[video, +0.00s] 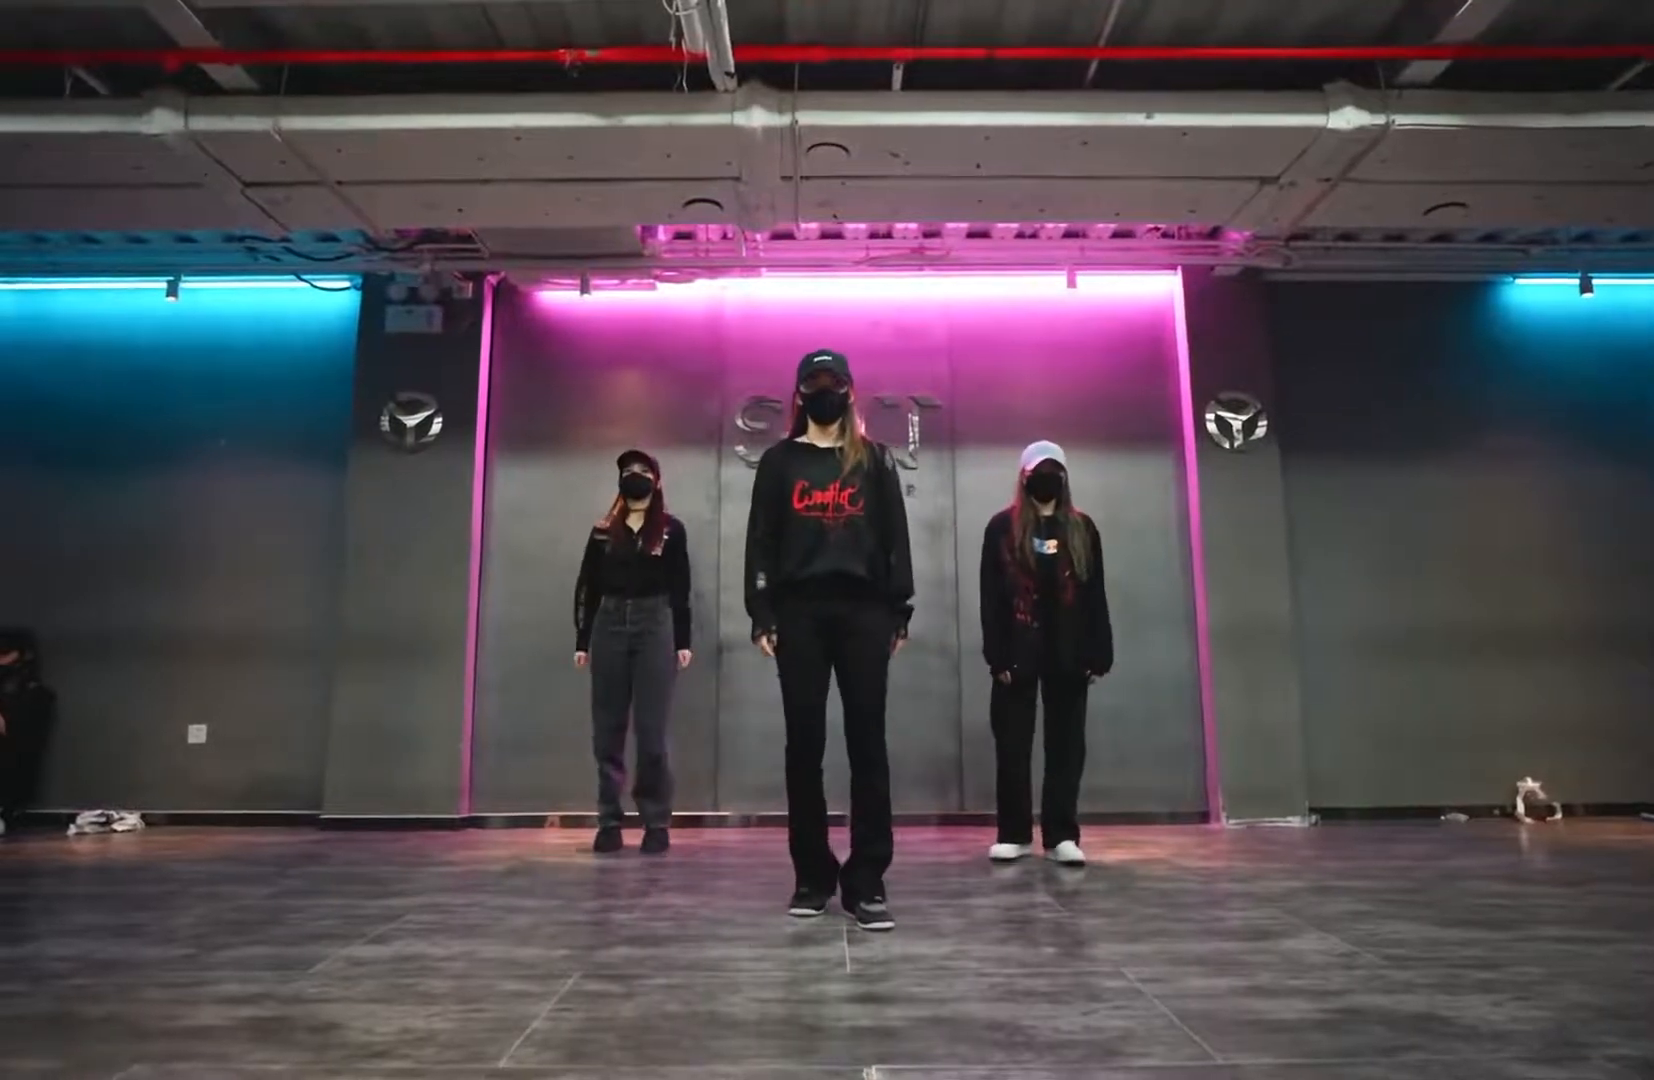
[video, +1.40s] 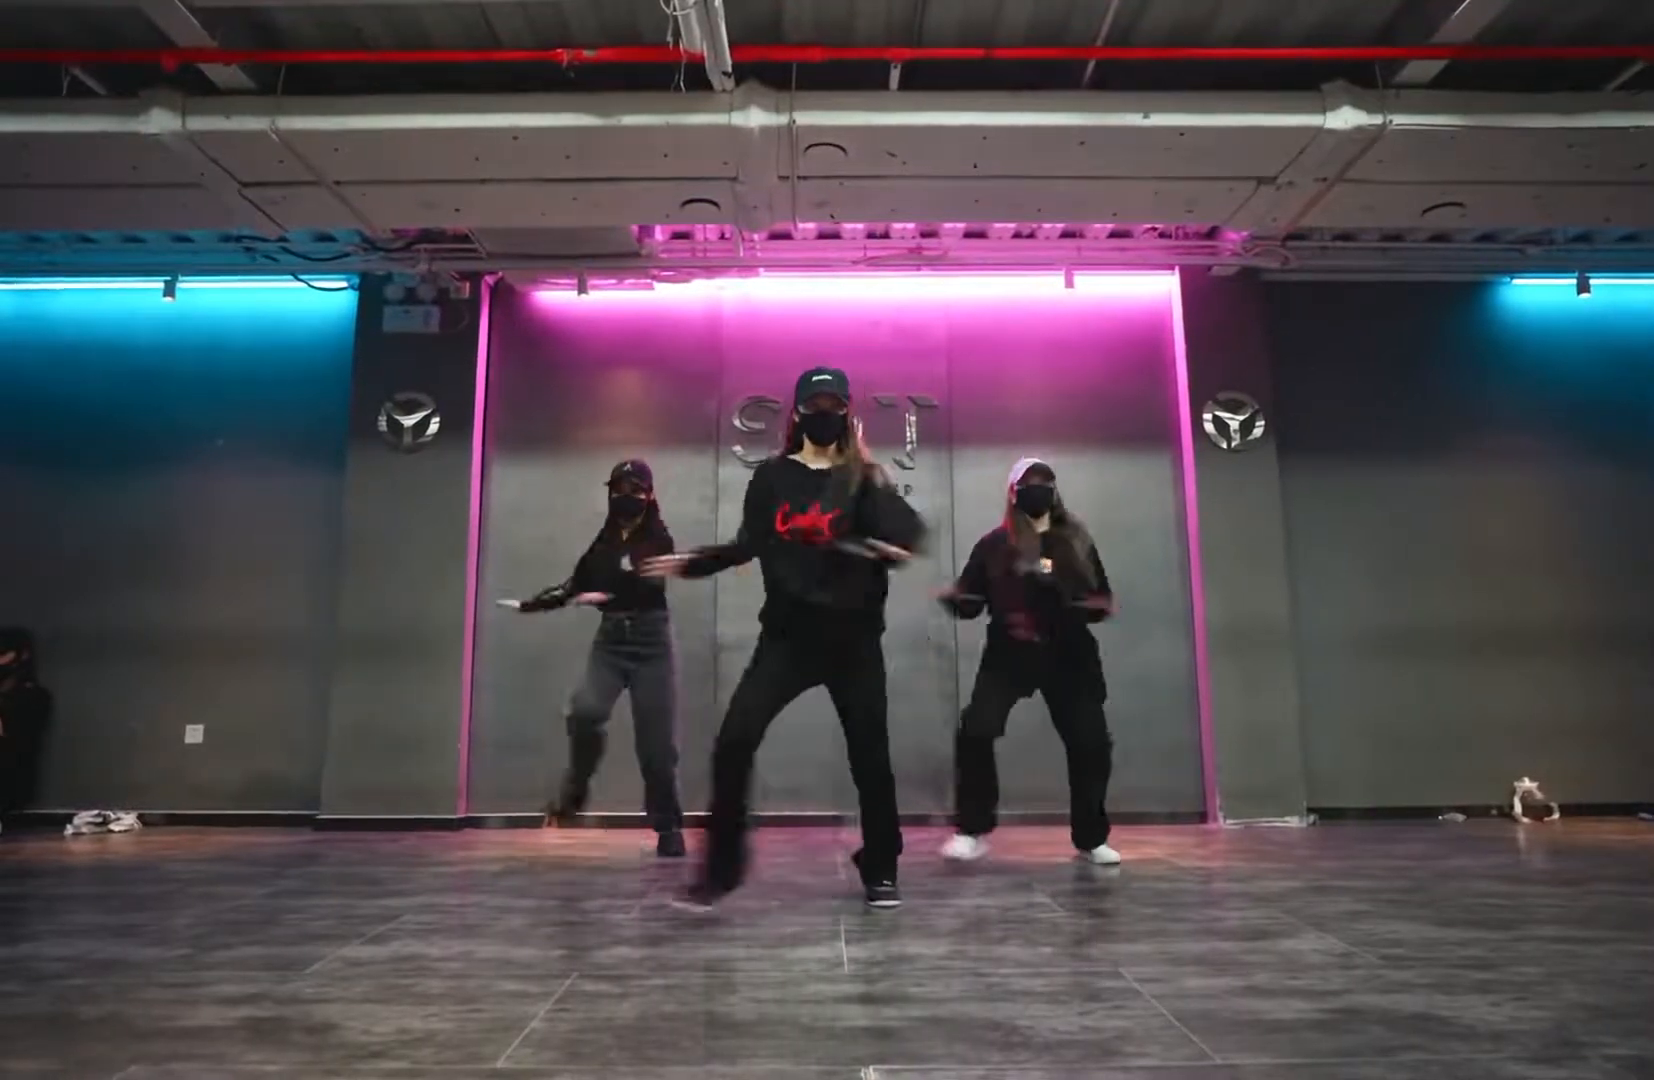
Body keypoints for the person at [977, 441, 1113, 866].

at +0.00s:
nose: (1049, 478)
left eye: (1055, 471)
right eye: (1041, 471)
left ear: (1064, 477)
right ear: (1025, 476)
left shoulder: (1082, 527)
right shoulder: (1002, 528)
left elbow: (1095, 595)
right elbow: (991, 597)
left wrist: (1100, 652)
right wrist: (997, 656)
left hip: (1069, 656)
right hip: (1017, 656)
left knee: (1066, 747)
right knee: (1012, 748)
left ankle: (1063, 837)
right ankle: (1012, 836)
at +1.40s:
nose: (1038, 500)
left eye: (1045, 491)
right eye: (1029, 492)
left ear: (1055, 495)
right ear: (1013, 496)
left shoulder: (1073, 542)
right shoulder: (992, 547)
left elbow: (1100, 604)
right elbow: (971, 605)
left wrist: (1065, 597)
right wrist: (954, 599)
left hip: (1066, 660)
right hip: (1008, 659)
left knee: (1091, 744)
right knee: (975, 732)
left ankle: (1091, 839)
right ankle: (972, 830)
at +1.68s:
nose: (1024, 506)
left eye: (1031, 497)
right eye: (1015, 498)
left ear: (1041, 503)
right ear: (997, 503)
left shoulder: (1055, 556)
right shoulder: (971, 555)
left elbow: (1089, 607)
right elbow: (942, 605)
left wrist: (1132, 606)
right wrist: (988, 594)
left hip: (1041, 668)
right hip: (985, 671)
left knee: (1101, 740)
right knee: (978, 762)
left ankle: (1076, 830)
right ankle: (928, 859)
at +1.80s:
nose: (1042, 510)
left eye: (1047, 502)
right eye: (1033, 502)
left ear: (1053, 507)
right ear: (1012, 508)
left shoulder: (1047, 558)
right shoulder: (999, 558)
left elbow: (1076, 600)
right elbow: (1018, 618)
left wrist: (1094, 616)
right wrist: (1078, 619)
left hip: (1043, 683)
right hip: (1003, 682)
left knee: (1100, 751)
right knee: (997, 774)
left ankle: (1066, 853)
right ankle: (921, 853)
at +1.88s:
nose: (1049, 506)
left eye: (1053, 498)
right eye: (1041, 499)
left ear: (1057, 501)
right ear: (1017, 502)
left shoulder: (1046, 550)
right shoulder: (1012, 551)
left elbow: (1076, 601)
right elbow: (1045, 615)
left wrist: (1104, 624)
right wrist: (1112, 623)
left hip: (1044, 679)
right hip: (1022, 681)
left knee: (1102, 751)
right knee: (1011, 774)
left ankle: (1071, 853)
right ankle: (927, 844)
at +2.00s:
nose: (1058, 485)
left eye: (1057, 477)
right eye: (1050, 478)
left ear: (1026, 484)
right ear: (1025, 482)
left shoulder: (1040, 526)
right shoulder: (1023, 525)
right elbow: (1088, 534)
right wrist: (1159, 510)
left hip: (1047, 659)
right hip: (1031, 659)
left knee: (1089, 744)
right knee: (1089, 742)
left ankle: (1075, 853)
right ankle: (1014, 822)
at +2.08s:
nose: (1054, 468)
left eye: (1052, 463)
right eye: (1042, 465)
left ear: (1038, 478)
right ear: (1022, 478)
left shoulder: (1047, 513)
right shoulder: (1030, 514)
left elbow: (1089, 478)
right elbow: (1082, 484)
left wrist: (1105, 419)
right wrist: (1103, 423)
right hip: (1036, 649)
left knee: (1093, 741)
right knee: (1121, 730)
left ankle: (1069, 848)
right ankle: (1113, 837)